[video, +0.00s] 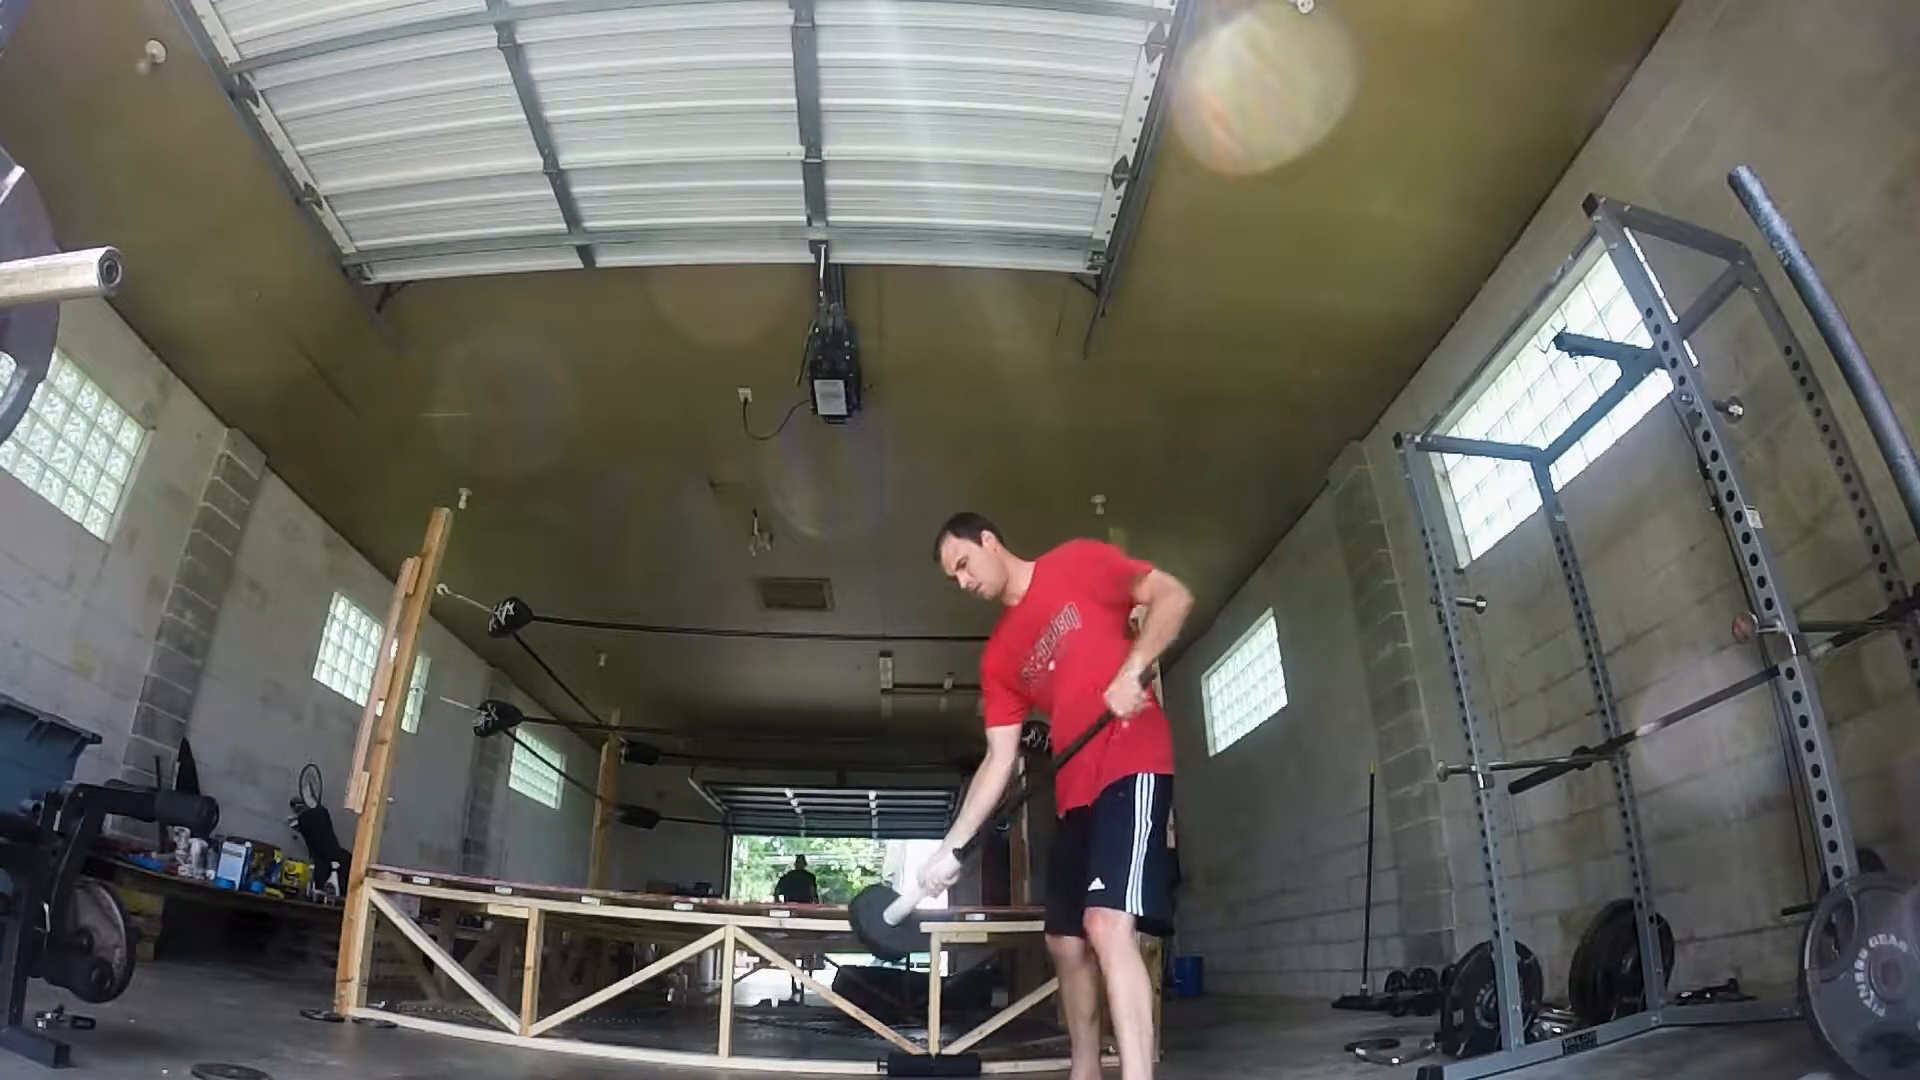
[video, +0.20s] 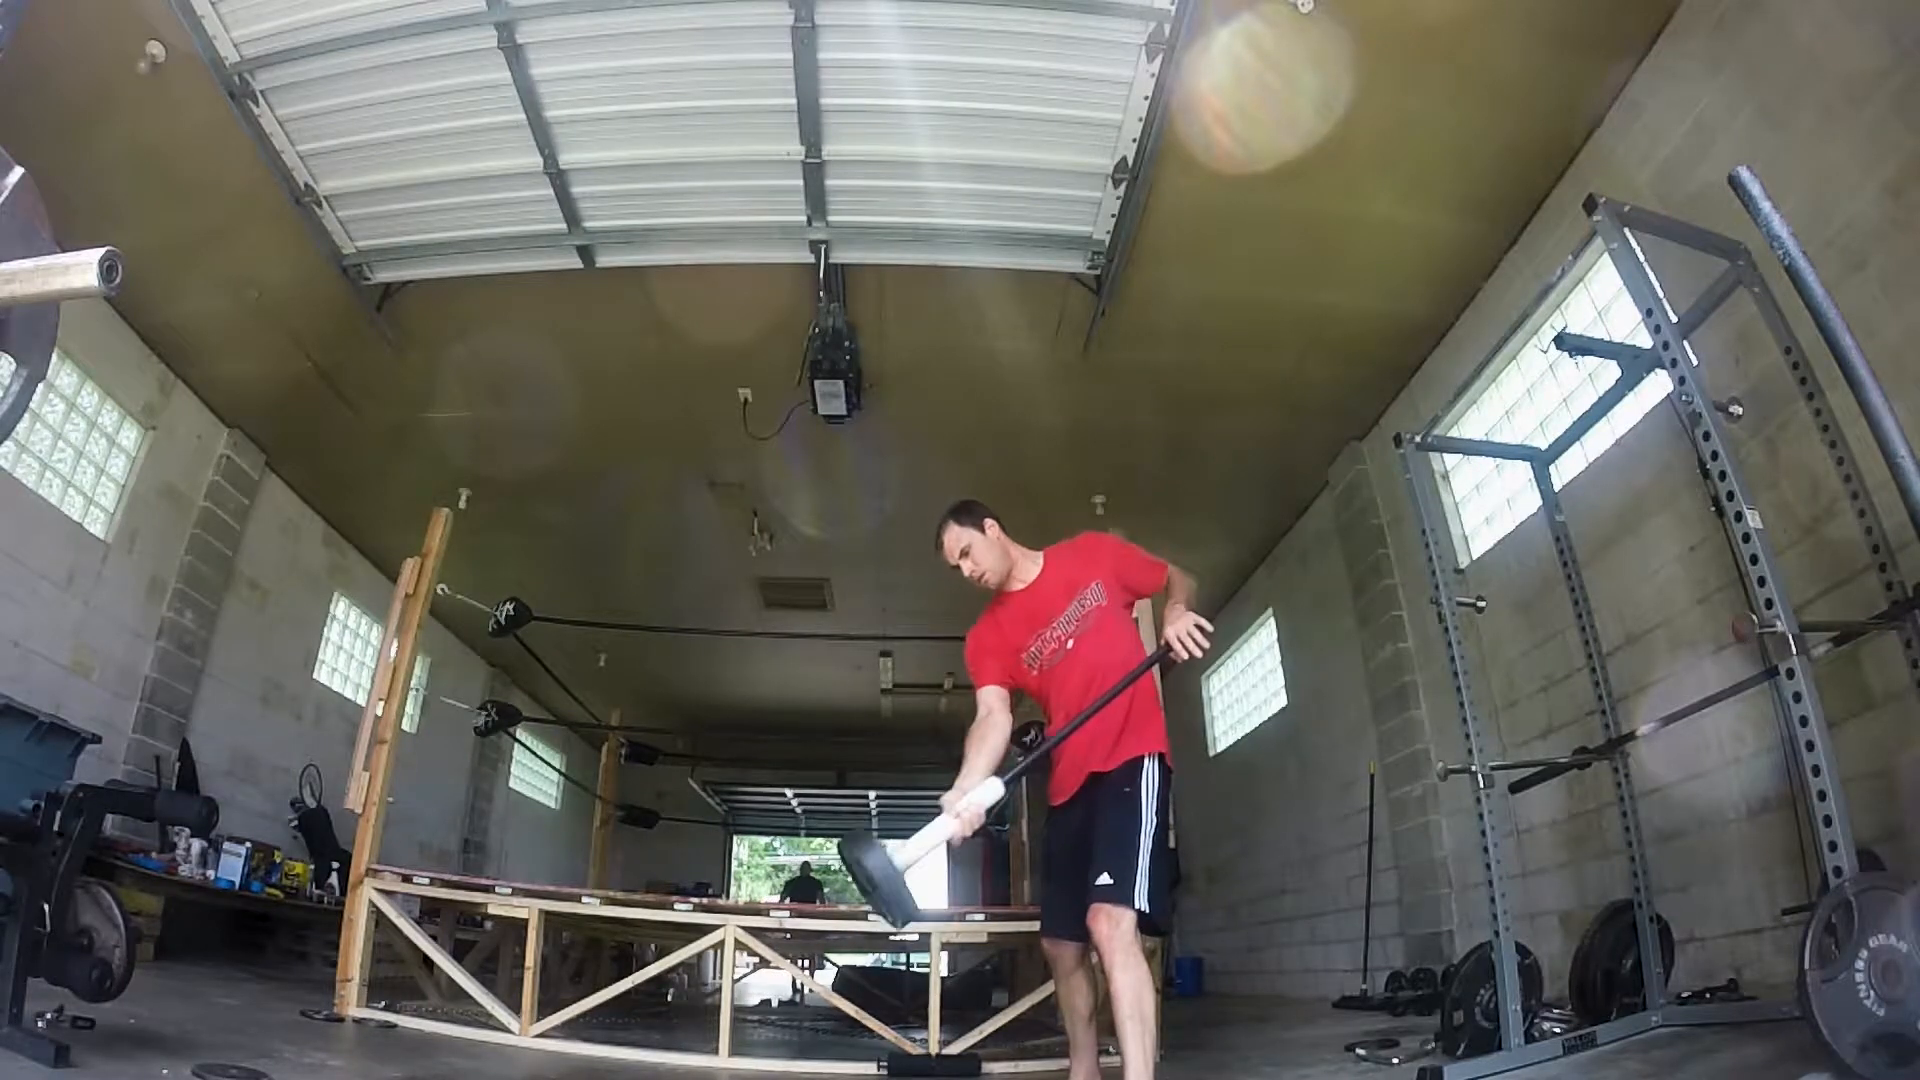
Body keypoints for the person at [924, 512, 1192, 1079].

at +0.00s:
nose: (963, 581)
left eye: (963, 563)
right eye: (954, 576)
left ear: (990, 540)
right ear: (960, 578)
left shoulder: (1075, 562)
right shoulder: (1000, 653)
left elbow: (1174, 596)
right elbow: (999, 758)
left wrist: (1132, 668)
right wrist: (951, 848)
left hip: (1133, 764)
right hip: (1078, 791)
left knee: (1108, 924)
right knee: (1065, 939)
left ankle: (1138, 1075)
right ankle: (1087, 1073)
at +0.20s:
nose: (967, 570)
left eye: (966, 552)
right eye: (956, 565)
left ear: (993, 528)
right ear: (958, 568)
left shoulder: (1093, 552)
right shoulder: (988, 634)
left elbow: (1175, 579)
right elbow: (992, 715)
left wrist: (1174, 609)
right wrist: (965, 789)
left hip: (1134, 754)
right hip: (1071, 776)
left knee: (1110, 920)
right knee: (1060, 941)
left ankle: (1140, 1076)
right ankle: (1085, 1073)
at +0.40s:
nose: (961, 566)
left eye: (961, 549)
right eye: (950, 561)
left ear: (988, 525)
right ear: (950, 564)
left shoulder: (1082, 552)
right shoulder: (978, 622)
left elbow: (1141, 601)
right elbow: (1003, 673)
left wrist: (1168, 609)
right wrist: (1028, 706)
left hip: (1133, 748)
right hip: (1068, 770)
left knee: (1108, 920)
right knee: (1052, 941)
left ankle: (1139, 1076)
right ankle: (1082, 1072)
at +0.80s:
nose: (949, 588)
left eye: (948, 571)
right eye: (940, 582)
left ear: (976, 541)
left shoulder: (1080, 557)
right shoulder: (981, 639)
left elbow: (1158, 586)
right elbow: (1009, 709)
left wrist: (1194, 594)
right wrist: (1015, 780)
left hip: (1124, 758)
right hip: (1060, 781)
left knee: (1100, 925)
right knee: (1049, 940)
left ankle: (1134, 1075)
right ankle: (1081, 1070)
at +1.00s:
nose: (954, 601)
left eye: (950, 584)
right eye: (946, 593)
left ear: (976, 554)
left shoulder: (1072, 560)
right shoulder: (999, 651)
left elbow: (1175, 574)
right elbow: (1010, 752)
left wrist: (1151, 628)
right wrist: (983, 848)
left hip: (1125, 759)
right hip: (1074, 787)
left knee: (1092, 923)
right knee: (1054, 938)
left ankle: (1133, 1075)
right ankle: (1083, 1071)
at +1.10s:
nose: (956, 603)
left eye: (952, 587)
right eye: (948, 595)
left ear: (978, 560)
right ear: (977, 569)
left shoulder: (1058, 565)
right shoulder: (1013, 654)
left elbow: (1142, 600)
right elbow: (1023, 754)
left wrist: (1087, 690)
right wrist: (986, 846)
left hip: (1123, 758)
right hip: (1080, 781)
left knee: (1086, 926)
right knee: (1060, 935)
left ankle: (1130, 1075)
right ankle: (1086, 1072)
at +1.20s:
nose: (956, 603)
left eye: (953, 587)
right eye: (949, 595)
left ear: (978, 561)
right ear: (978, 568)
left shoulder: (1040, 573)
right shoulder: (1028, 625)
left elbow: (1081, 647)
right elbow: (1051, 731)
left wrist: (1027, 746)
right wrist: (1019, 801)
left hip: (1114, 761)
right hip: (1088, 771)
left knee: (1074, 933)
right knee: (1073, 936)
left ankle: (1126, 1074)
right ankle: (1087, 1071)